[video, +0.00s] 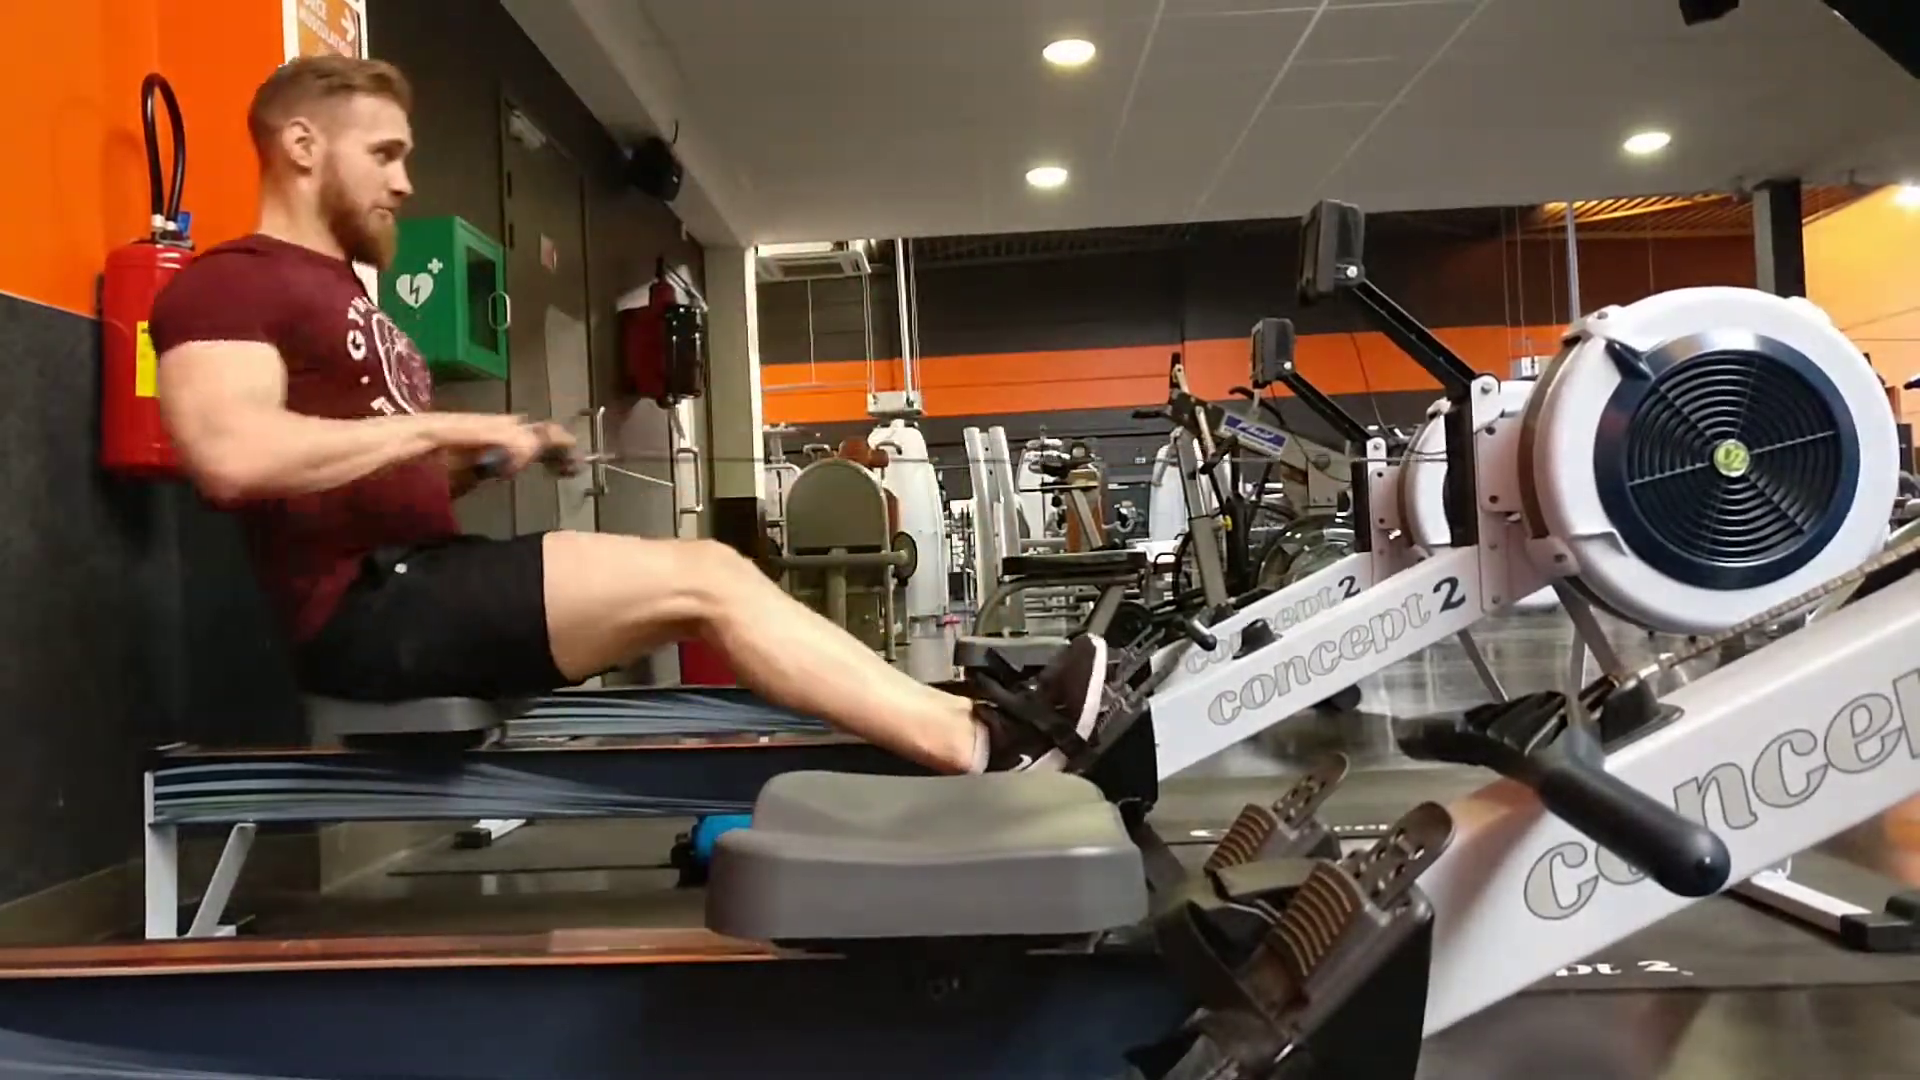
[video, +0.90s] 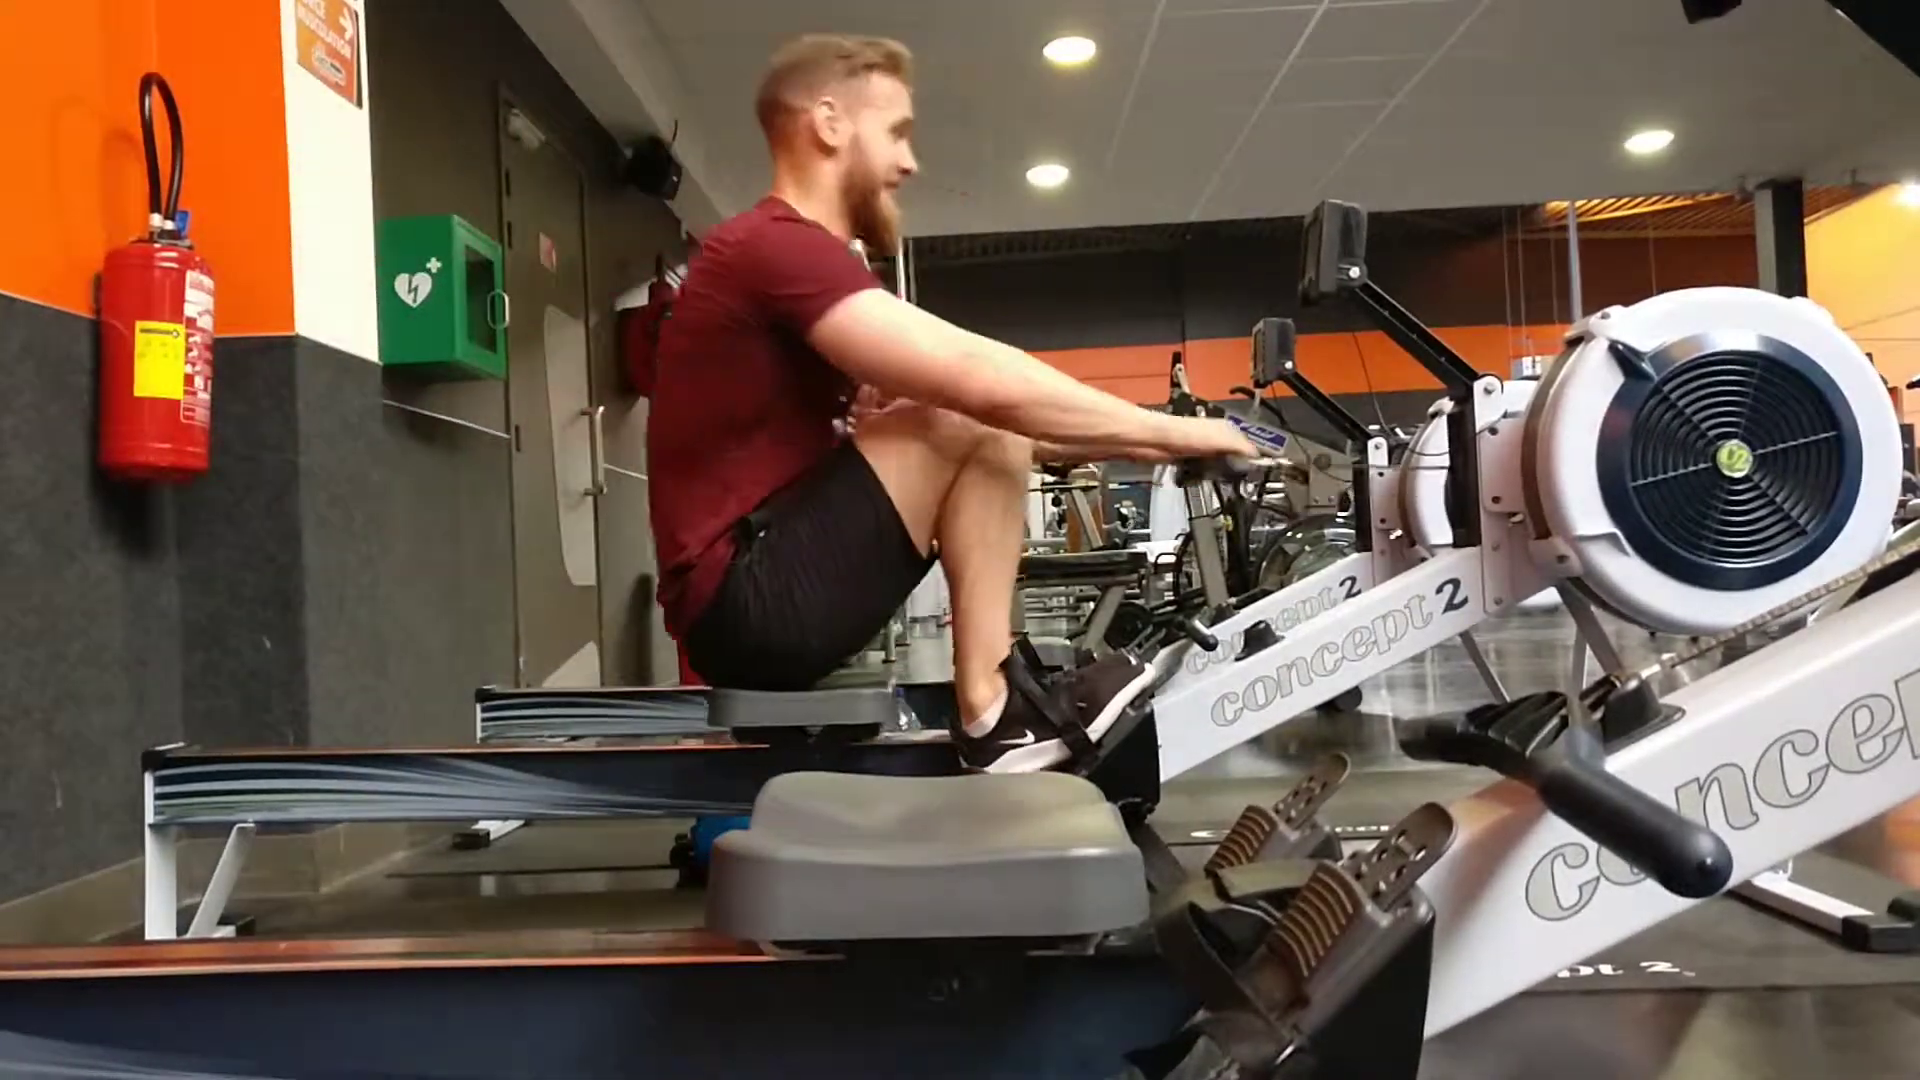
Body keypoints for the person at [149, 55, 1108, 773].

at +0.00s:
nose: (406, 185)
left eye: (406, 161)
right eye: (386, 156)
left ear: (315, 152)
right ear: (298, 148)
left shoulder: (354, 298)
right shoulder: (233, 280)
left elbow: (379, 467)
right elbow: (231, 455)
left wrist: (489, 449)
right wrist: (435, 429)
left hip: (424, 590)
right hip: (365, 608)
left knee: (713, 568)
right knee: (709, 567)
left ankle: (974, 731)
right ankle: (973, 752)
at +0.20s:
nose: (515, 182)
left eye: (516, 160)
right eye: (500, 154)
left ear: (428, 149)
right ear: (413, 141)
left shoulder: (442, 295)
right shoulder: (342, 271)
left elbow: (454, 464)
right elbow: (341, 436)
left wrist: (555, 441)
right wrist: (548, 431)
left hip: (459, 597)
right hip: (405, 613)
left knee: (740, 534)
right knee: (737, 535)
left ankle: (958, 730)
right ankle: (961, 743)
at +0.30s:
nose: (609, 180)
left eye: (611, 159)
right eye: (593, 153)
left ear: (521, 147)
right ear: (512, 138)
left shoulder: (519, 293)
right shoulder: (444, 268)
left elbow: (608, 444)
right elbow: (547, 423)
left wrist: (746, 413)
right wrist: (755, 392)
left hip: (517, 599)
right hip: (472, 611)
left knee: (790, 498)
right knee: (784, 502)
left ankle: (977, 724)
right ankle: (972, 742)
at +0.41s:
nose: (727, 185)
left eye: (729, 160)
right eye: (715, 154)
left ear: (642, 147)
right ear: (638, 141)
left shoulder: (645, 287)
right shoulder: (571, 269)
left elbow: (758, 419)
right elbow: (751, 400)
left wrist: (921, 422)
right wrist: (949, 402)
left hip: (610, 608)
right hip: (568, 618)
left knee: (869, 459)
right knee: (861, 461)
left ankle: (979, 720)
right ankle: (982, 739)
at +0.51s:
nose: (832, 185)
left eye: (834, 162)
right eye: (821, 156)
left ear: (747, 146)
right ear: (749, 140)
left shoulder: (700, 269)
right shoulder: (684, 265)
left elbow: (883, 397)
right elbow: (896, 404)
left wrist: (1055, 439)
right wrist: (1069, 436)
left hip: (666, 611)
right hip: (656, 619)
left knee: (908, 442)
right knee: (914, 448)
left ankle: (982, 713)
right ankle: (982, 730)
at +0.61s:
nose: (918, 188)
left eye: (922, 163)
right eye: (909, 157)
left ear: (838, 146)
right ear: (838, 141)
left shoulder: (790, 262)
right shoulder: (779, 262)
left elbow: (973, 396)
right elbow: (994, 405)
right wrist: (1170, 461)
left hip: (737, 606)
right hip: (726, 615)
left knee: (961, 419)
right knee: (958, 421)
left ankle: (981, 703)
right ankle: (982, 713)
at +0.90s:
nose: (908, 162)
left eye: (907, 136)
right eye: (896, 133)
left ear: (826, 129)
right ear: (826, 123)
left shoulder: (793, 252)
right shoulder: (775, 247)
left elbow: (973, 388)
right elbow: (981, 384)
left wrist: (1153, 435)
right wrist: (1170, 433)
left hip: (756, 598)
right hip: (744, 609)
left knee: (978, 420)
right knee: (981, 429)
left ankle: (997, 685)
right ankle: (987, 713)